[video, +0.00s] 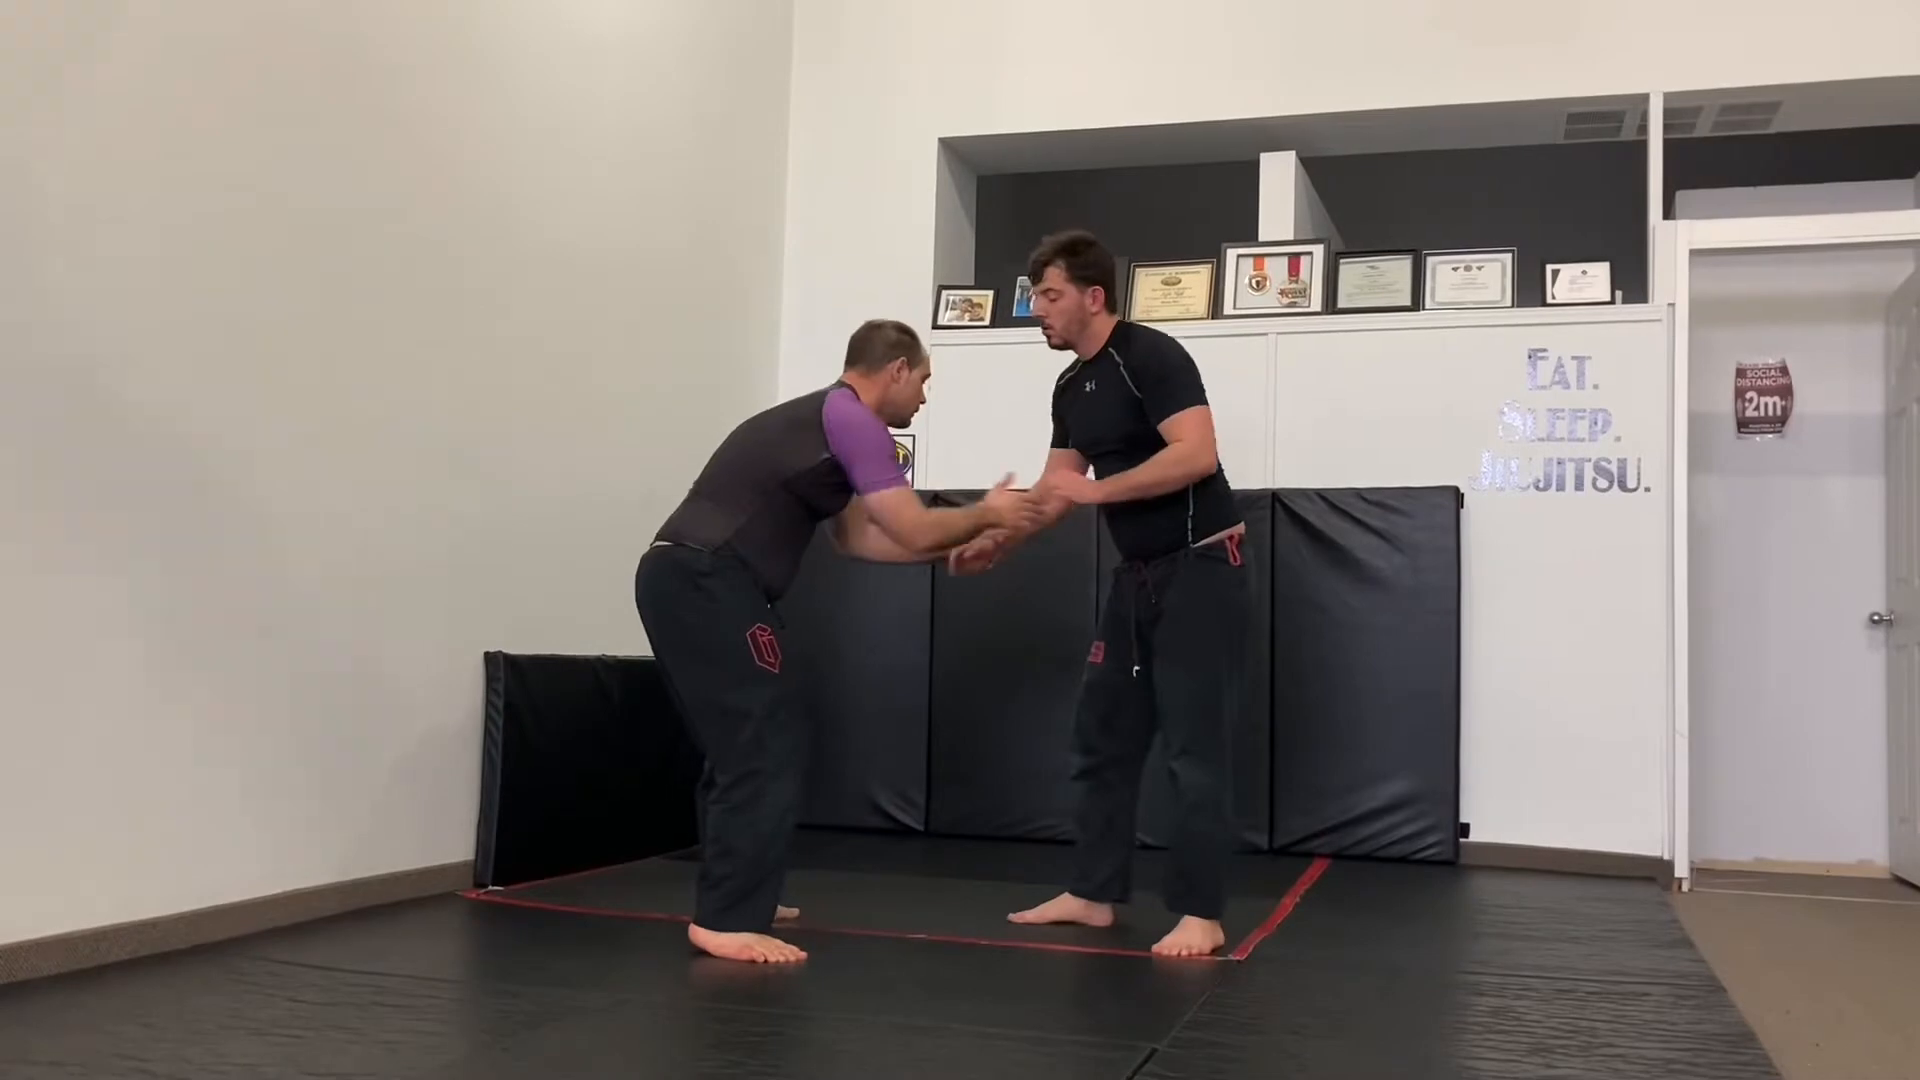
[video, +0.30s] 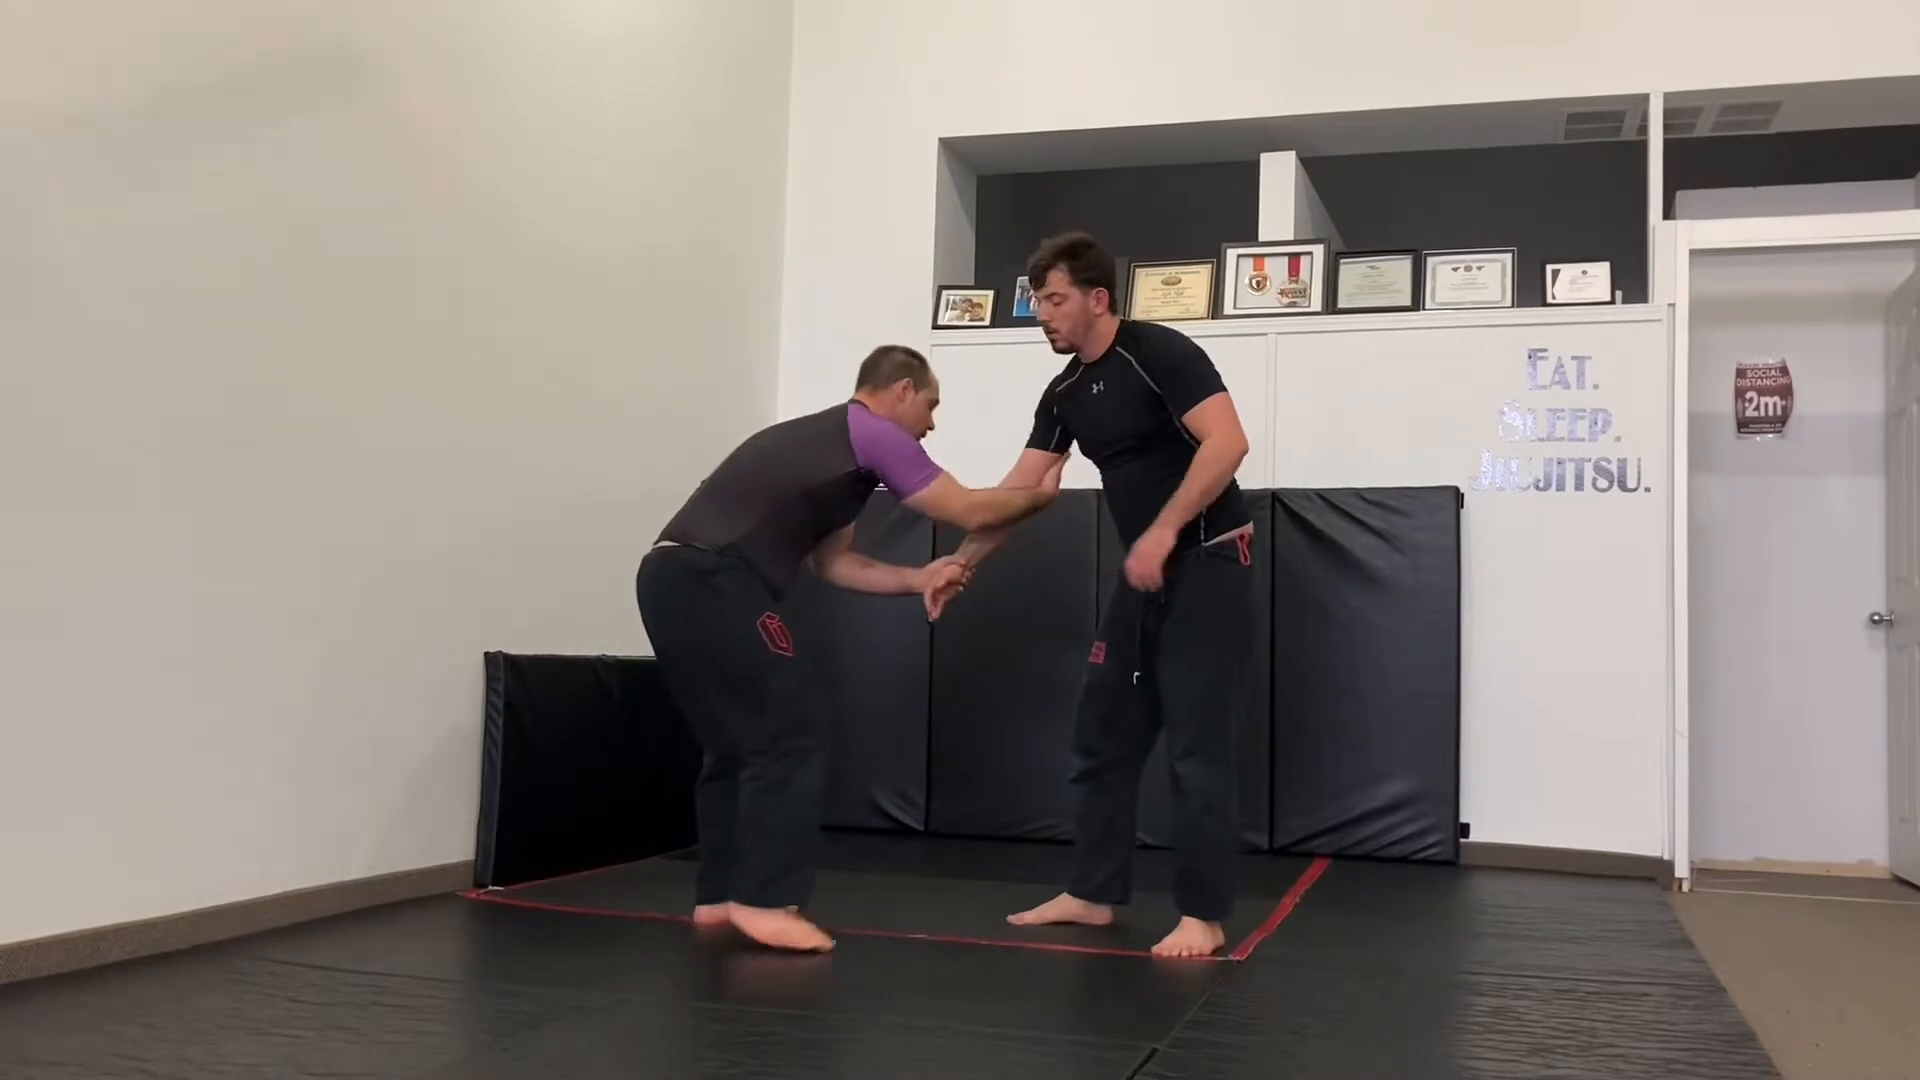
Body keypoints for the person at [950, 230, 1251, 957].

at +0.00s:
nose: (1038, 309)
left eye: (1049, 295)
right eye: (1036, 297)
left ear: (1095, 295)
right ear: (1063, 301)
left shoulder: (1153, 353)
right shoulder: (1071, 386)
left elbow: (1198, 452)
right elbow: (1062, 487)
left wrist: (1096, 491)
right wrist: (1000, 540)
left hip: (1202, 566)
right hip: (1134, 573)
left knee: (1193, 740)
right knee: (1106, 733)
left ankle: (1202, 913)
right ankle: (1094, 893)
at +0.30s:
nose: (1042, 313)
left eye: (1053, 298)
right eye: (1039, 300)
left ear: (1099, 298)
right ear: (1062, 306)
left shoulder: (1161, 351)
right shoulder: (1063, 394)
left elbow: (1228, 443)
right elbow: (1022, 491)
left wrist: (1161, 532)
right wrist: (963, 560)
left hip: (1210, 560)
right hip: (1141, 566)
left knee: (1197, 738)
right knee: (1107, 728)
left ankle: (1204, 915)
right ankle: (1094, 893)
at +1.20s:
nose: (1041, 303)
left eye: (1054, 288)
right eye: (1036, 291)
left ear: (1098, 286)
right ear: (1042, 298)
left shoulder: (1158, 340)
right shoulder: (1057, 388)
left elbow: (1241, 417)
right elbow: (1092, 493)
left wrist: (1229, 495)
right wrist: (1074, 574)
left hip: (1186, 561)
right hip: (1112, 567)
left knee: (1182, 728)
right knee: (1096, 720)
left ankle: (1203, 917)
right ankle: (1092, 891)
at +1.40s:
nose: (1037, 319)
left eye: (1047, 303)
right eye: (1031, 307)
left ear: (1091, 295)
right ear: (1045, 310)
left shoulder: (1149, 341)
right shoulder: (1078, 392)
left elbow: (1196, 423)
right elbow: (1126, 484)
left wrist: (1131, 515)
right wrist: (1119, 571)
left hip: (1202, 559)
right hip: (1146, 563)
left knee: (1188, 733)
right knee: (1117, 724)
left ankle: (1201, 918)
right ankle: (1097, 886)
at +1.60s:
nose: (1057, 346)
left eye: (1064, 329)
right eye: (1051, 334)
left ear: (1107, 318)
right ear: (1097, 327)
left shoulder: (1151, 357)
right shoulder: (1123, 393)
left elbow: (1147, 446)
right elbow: (1180, 491)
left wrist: (1060, 523)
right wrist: (1167, 574)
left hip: (1237, 561)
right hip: (1194, 567)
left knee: (1194, 734)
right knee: (1137, 723)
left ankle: (1206, 918)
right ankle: (1105, 891)